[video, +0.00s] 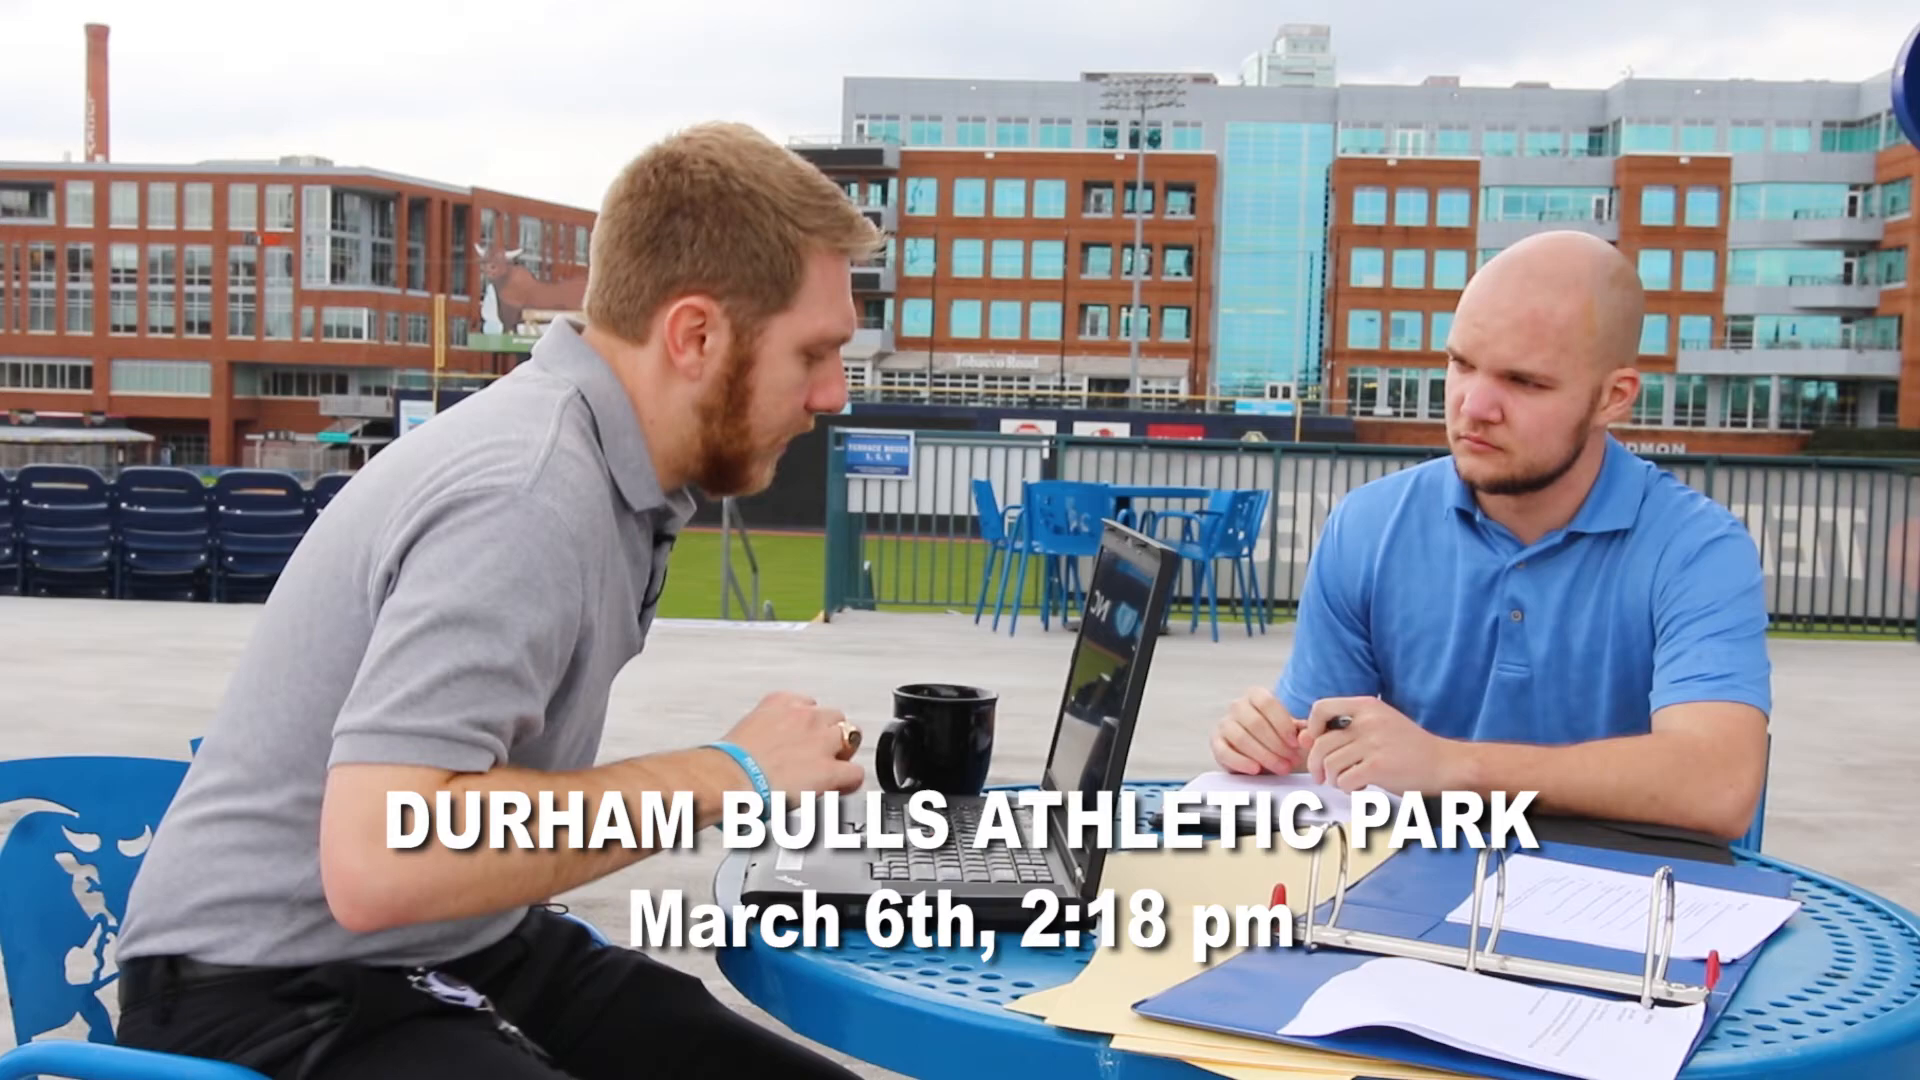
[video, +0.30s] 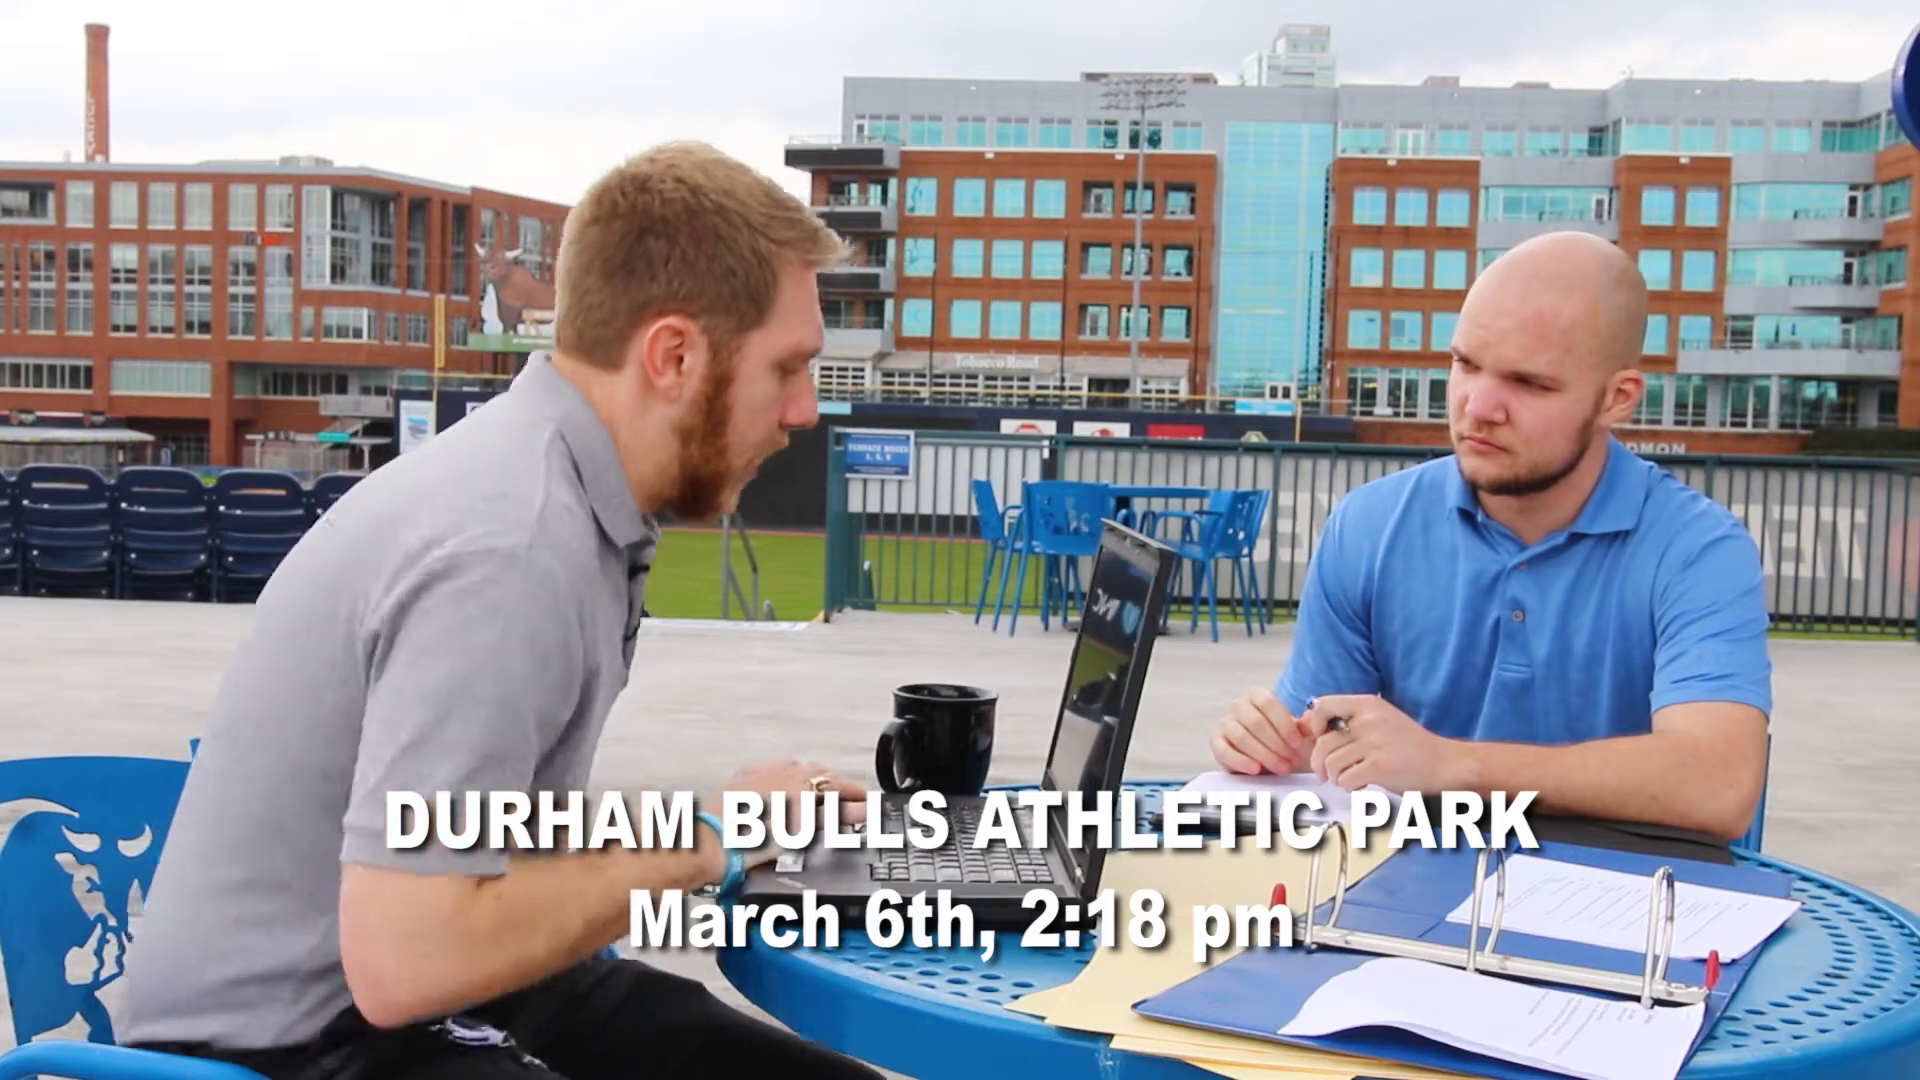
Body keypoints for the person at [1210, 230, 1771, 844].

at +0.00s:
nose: (1474, 405)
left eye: (1523, 381)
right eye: (1463, 364)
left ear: (1613, 398)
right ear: (1448, 355)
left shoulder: (1695, 548)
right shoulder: (1368, 527)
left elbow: (1714, 783)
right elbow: (1315, 731)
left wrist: (1449, 764)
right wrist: (1270, 736)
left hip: (1627, 915)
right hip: (1399, 894)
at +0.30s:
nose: (1479, 405)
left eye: (1528, 382)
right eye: (1467, 364)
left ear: (1617, 400)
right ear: (1452, 354)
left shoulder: (1695, 549)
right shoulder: (1368, 527)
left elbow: (1713, 783)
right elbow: (1313, 731)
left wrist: (1448, 763)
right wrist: (1268, 735)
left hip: (1625, 915)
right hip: (1398, 893)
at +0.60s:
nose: (1483, 407)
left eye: (1532, 383)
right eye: (1471, 365)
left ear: (1620, 401)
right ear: (1456, 354)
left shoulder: (1696, 550)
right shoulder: (1370, 525)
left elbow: (1714, 783)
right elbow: (1313, 728)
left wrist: (1449, 763)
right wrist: (1268, 733)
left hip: (1625, 914)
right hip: (1399, 891)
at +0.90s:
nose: (1484, 408)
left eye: (1533, 384)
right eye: (1473, 366)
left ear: (1621, 402)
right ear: (1457, 354)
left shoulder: (1696, 550)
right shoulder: (1370, 525)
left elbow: (1714, 783)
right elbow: (1312, 729)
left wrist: (1448, 762)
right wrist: (1269, 733)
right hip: (1397, 892)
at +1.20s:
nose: (1487, 408)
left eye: (1536, 384)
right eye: (1475, 365)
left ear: (1623, 403)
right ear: (1459, 355)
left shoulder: (1696, 550)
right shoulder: (1370, 525)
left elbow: (1714, 784)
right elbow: (1309, 724)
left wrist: (1449, 761)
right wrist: (1268, 731)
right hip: (1397, 892)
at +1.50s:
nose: (1489, 406)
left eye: (1538, 384)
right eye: (1478, 365)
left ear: (1624, 403)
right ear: (1460, 355)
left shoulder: (1696, 549)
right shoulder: (1369, 524)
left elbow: (1714, 784)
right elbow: (1304, 720)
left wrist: (1449, 761)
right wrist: (1265, 731)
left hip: (1623, 916)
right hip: (1395, 890)